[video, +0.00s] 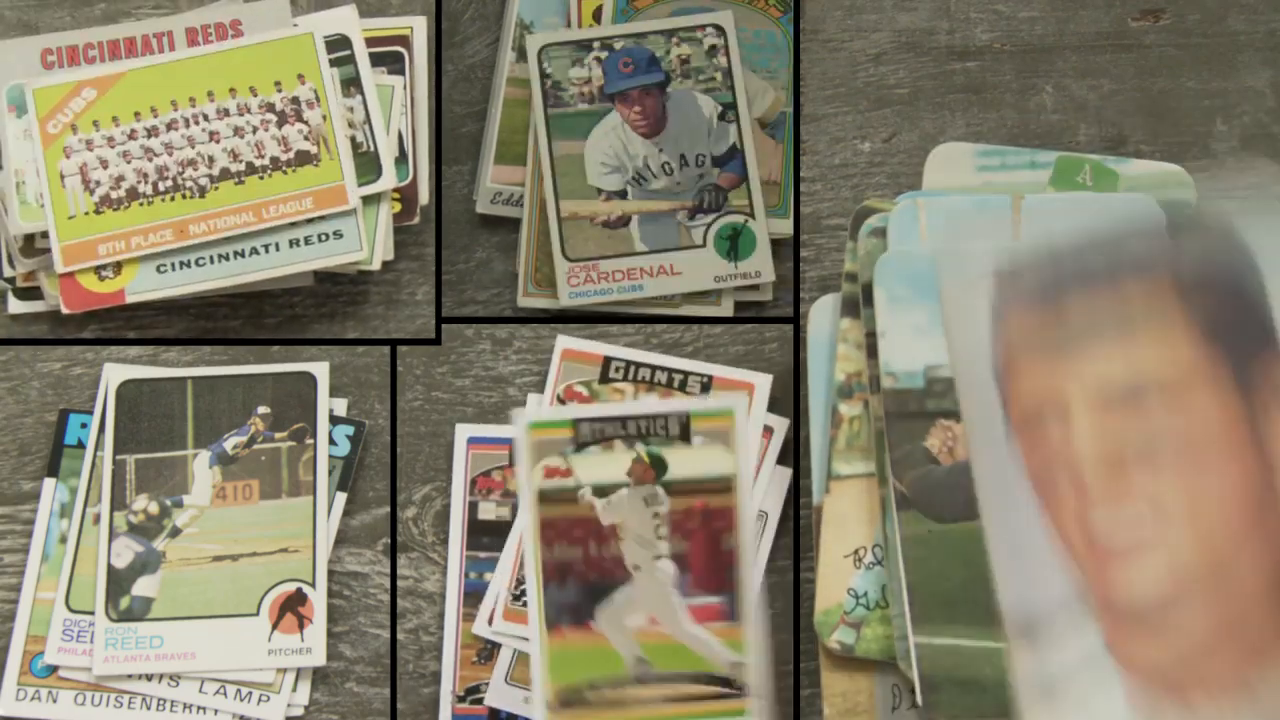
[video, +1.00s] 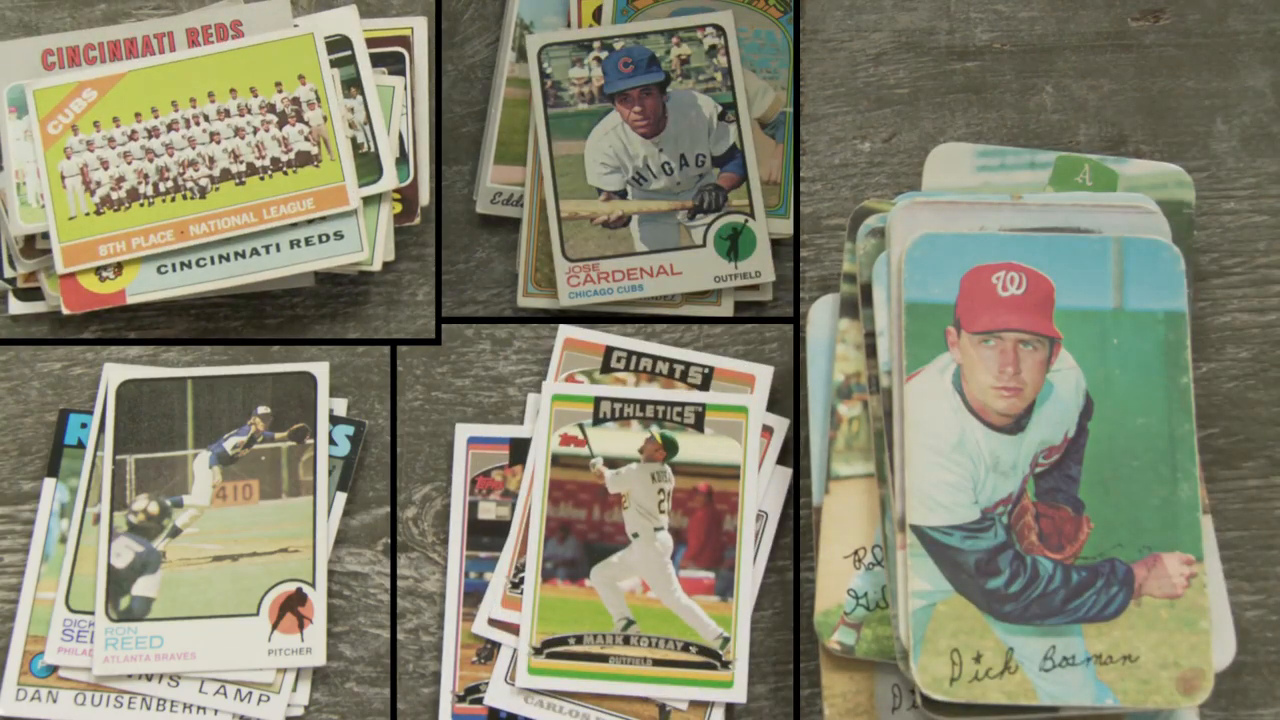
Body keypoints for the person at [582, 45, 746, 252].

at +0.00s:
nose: (638, 108)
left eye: (646, 94)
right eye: (625, 99)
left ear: (664, 92)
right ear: (613, 103)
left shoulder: (699, 109)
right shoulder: (603, 141)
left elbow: (736, 159)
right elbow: (613, 195)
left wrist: (719, 187)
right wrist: (612, 214)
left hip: (702, 197)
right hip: (649, 207)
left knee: (726, 268)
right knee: (658, 280)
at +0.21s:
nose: (638, 108)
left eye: (646, 94)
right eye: (625, 99)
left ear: (664, 93)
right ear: (613, 104)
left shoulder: (699, 108)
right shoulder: (603, 141)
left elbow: (736, 159)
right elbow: (613, 195)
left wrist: (719, 187)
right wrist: (613, 214)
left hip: (702, 196)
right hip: (648, 206)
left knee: (726, 268)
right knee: (658, 280)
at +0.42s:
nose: (638, 108)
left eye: (646, 94)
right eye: (625, 99)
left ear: (664, 93)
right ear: (613, 104)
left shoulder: (699, 109)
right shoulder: (603, 141)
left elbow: (736, 159)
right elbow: (613, 196)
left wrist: (719, 187)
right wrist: (613, 215)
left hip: (701, 196)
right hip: (649, 206)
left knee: (726, 267)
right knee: (658, 280)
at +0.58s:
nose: (638, 108)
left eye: (646, 94)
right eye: (625, 99)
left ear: (664, 93)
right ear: (613, 103)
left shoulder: (699, 108)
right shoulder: (603, 141)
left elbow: (737, 158)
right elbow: (613, 196)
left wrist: (719, 187)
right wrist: (613, 215)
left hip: (701, 195)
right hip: (648, 205)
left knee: (726, 267)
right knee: (658, 280)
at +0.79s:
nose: (638, 108)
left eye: (646, 94)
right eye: (625, 99)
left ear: (664, 93)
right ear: (613, 104)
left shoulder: (699, 109)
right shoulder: (603, 141)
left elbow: (736, 159)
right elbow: (613, 196)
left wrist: (719, 187)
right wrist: (613, 215)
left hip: (701, 196)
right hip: (649, 206)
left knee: (727, 267)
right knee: (658, 280)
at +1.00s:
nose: (638, 108)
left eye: (646, 94)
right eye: (625, 99)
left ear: (664, 93)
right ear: (614, 104)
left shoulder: (699, 109)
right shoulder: (603, 142)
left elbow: (736, 159)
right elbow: (613, 195)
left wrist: (719, 187)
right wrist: (613, 214)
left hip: (701, 195)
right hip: (649, 206)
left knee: (728, 266)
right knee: (659, 281)